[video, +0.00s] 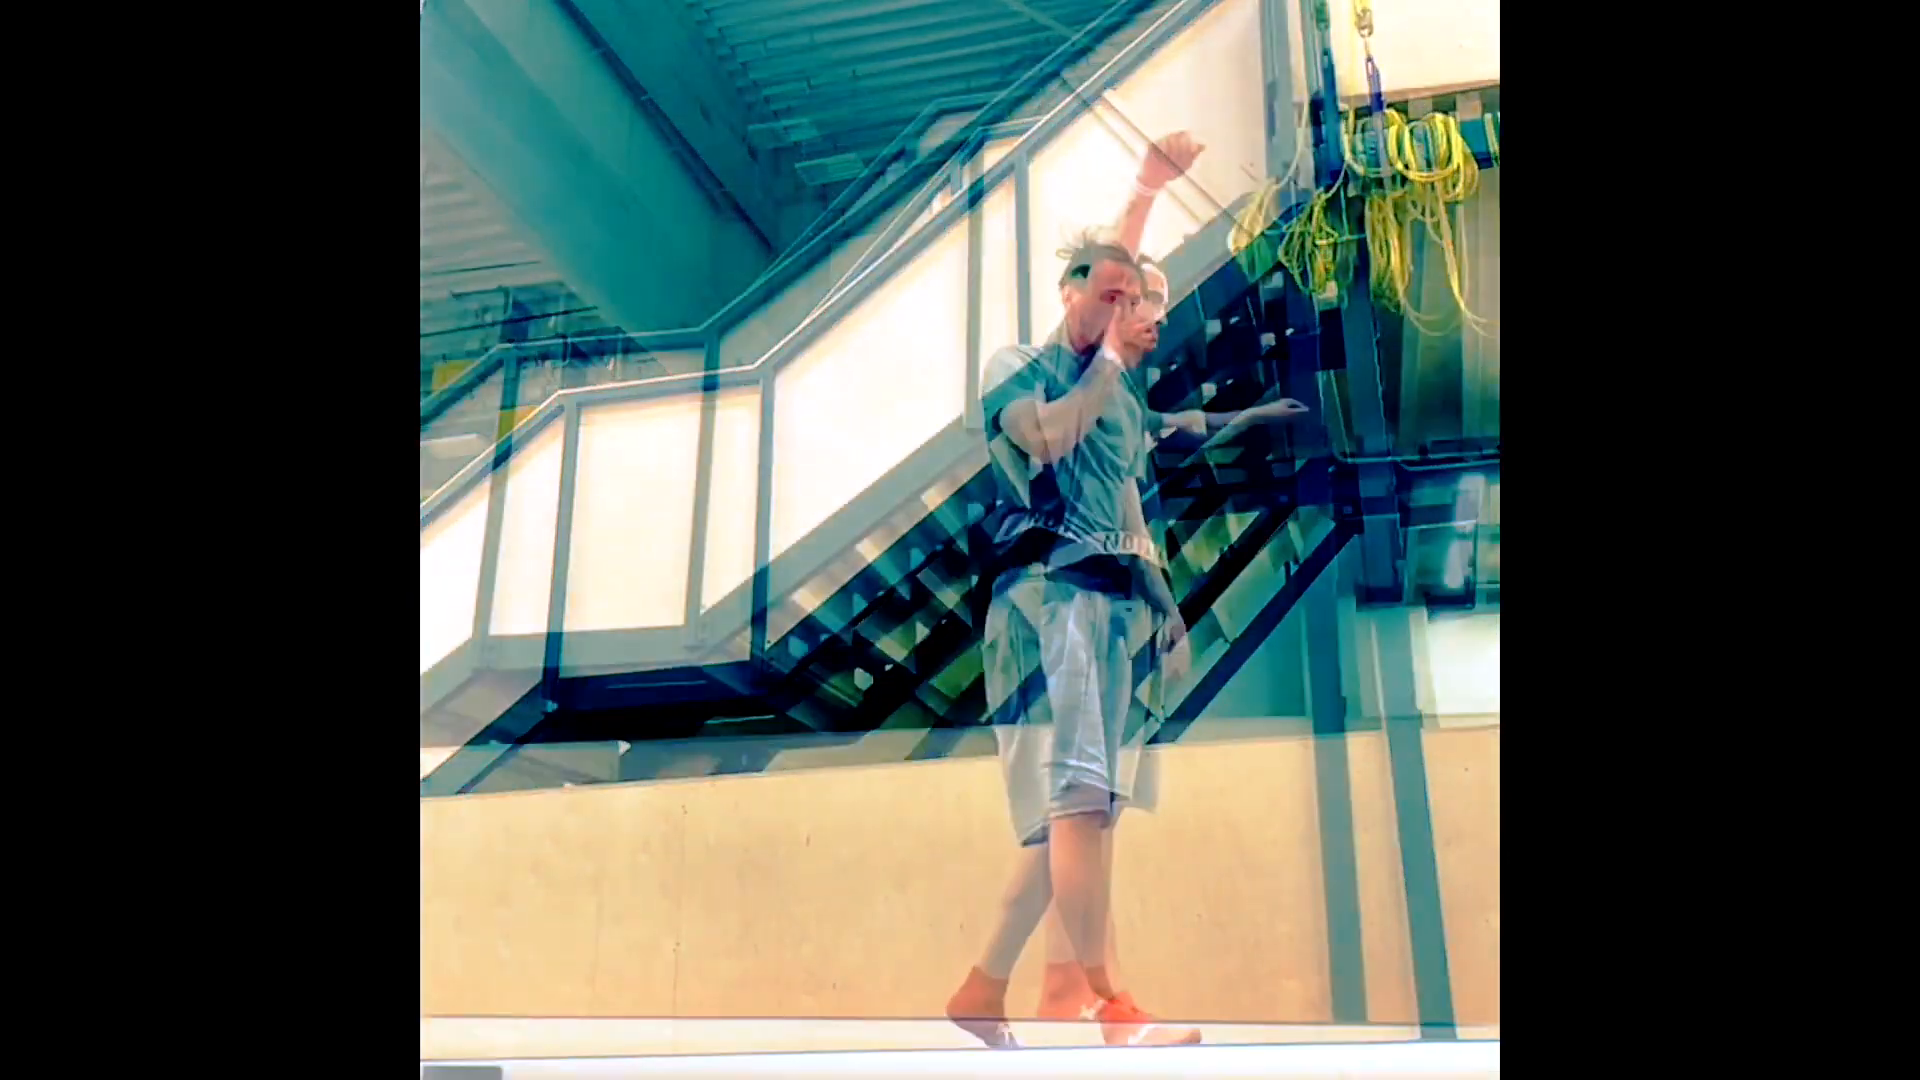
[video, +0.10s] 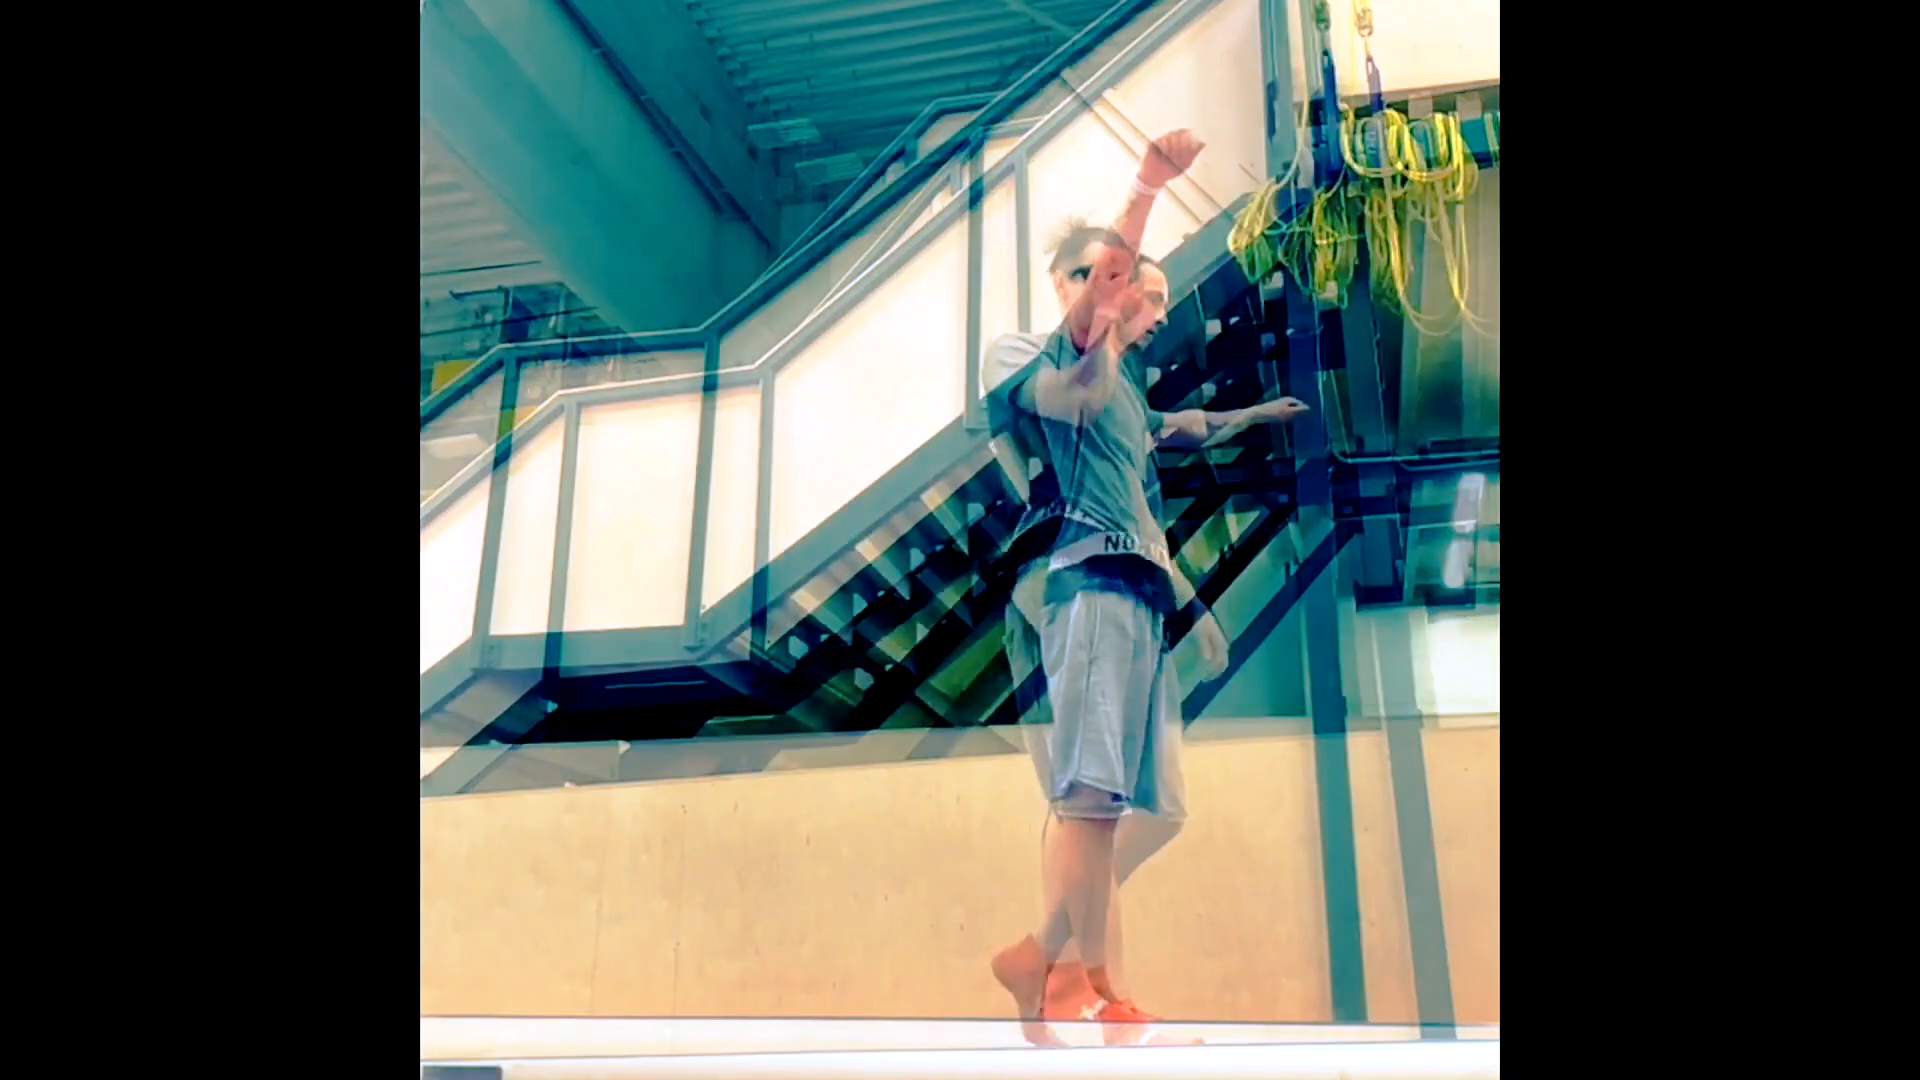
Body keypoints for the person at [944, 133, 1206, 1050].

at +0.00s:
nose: (1126, 312)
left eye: (1132, 302)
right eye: (1114, 294)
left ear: (1129, 312)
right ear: (1074, 293)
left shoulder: (1114, 384)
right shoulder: (1017, 372)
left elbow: (1124, 282)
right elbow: (1046, 438)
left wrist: (1150, 186)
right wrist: (1109, 361)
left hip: (1108, 605)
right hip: (1055, 601)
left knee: (1077, 810)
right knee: (1084, 794)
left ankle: (981, 989)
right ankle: (1087, 988)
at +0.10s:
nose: (1140, 301)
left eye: (1143, 290)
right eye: (1120, 281)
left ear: (1140, 303)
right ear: (1074, 291)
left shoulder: (1125, 391)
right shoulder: (1056, 371)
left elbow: (1188, 425)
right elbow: (1105, 283)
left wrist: (1260, 411)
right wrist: (1148, 185)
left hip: (1143, 598)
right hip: (1095, 585)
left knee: (1161, 805)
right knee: (1091, 791)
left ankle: (1037, 953)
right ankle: (1090, 982)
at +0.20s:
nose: (1162, 304)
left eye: (1162, 289)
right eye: (1148, 286)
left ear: (1141, 296)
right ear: (1101, 287)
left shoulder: (1125, 388)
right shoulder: (1073, 363)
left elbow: (1183, 428)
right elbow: (1111, 272)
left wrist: (1257, 413)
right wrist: (1151, 181)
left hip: (1148, 590)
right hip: (1100, 584)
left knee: (1213, 789)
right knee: (1091, 793)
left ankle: (1102, 973)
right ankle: (1064, 988)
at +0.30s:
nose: (1160, 310)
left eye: (1163, 301)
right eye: (1150, 295)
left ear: (1155, 315)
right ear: (1106, 292)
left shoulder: (1130, 389)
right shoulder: (1076, 361)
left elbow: (1192, 427)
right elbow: (1115, 274)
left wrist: (1263, 409)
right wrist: (1153, 183)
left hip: (1138, 589)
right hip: (1099, 583)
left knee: (1108, 795)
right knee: (1088, 790)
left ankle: (1092, 987)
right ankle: (1062, 989)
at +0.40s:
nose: (1163, 307)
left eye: (1165, 297)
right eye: (1152, 291)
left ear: (1149, 307)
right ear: (1111, 289)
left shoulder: (1127, 391)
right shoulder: (1081, 360)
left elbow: (1197, 427)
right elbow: (1116, 273)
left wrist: (1265, 410)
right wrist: (1153, 185)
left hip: (1141, 589)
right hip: (1106, 582)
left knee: (1112, 797)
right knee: (1091, 790)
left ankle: (1090, 986)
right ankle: (1063, 989)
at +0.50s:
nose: (1166, 310)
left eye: (1169, 302)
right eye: (1155, 295)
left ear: (1154, 317)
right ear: (1114, 290)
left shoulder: (1132, 394)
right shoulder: (1084, 360)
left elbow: (1201, 426)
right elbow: (1117, 280)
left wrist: (1269, 407)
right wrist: (1156, 185)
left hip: (1146, 593)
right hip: (1110, 585)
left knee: (1113, 796)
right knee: (1093, 791)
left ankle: (1092, 989)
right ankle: (1065, 993)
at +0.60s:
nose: (1169, 302)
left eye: (1170, 294)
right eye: (1158, 290)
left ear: (1156, 316)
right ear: (1116, 294)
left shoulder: (1142, 393)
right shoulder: (1088, 361)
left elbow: (1204, 415)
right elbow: (1127, 274)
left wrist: (1265, 394)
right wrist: (1163, 169)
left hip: (1150, 593)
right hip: (1113, 587)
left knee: (1117, 790)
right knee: (1100, 786)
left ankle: (1092, 987)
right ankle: (1070, 990)